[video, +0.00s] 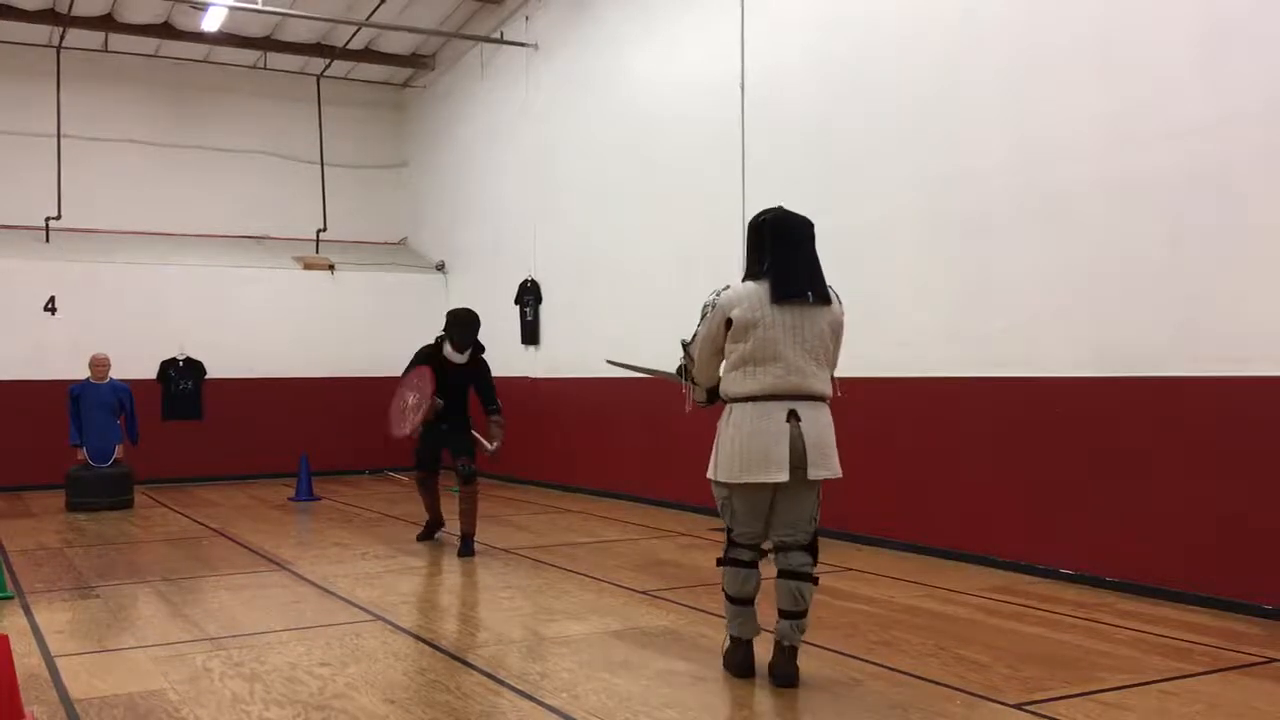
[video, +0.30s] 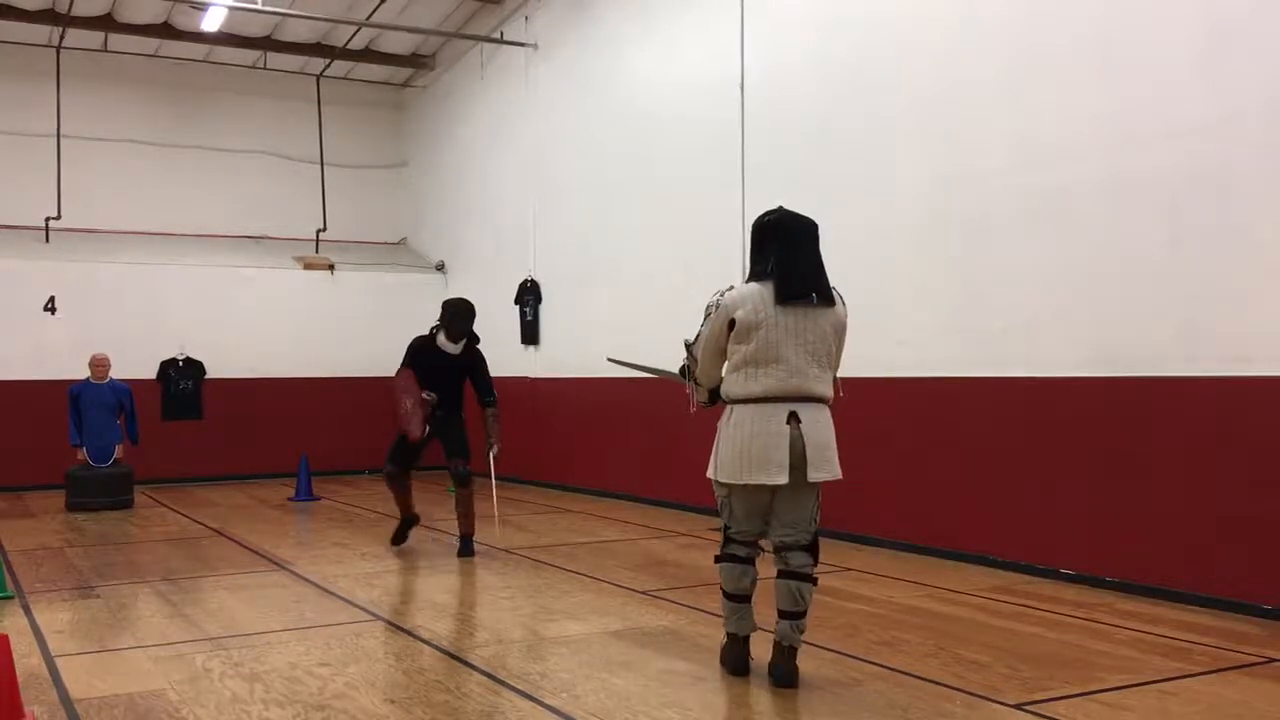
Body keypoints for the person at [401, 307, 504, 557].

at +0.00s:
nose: (464, 344)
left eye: (469, 339)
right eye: (460, 338)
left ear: (474, 337)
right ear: (449, 333)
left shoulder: (477, 364)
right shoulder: (427, 356)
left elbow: (491, 403)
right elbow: (405, 390)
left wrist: (496, 436)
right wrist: (423, 408)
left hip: (459, 424)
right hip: (429, 424)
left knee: (467, 476)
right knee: (424, 476)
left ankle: (467, 536)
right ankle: (434, 519)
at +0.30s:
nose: (458, 333)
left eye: (464, 328)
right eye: (455, 327)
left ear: (468, 327)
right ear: (444, 322)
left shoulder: (472, 356)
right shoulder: (421, 347)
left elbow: (488, 398)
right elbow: (403, 381)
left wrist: (493, 437)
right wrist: (414, 403)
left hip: (452, 419)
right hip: (421, 417)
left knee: (462, 473)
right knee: (394, 469)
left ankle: (466, 537)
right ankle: (407, 516)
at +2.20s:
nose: (347, 335)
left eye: (354, 329)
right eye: (342, 328)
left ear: (364, 331)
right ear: (333, 327)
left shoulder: (369, 364)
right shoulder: (316, 353)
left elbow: (373, 400)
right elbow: (299, 385)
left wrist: (377, 409)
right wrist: (309, 387)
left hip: (347, 433)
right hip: (314, 431)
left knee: (359, 488)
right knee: (295, 496)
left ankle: (375, 554)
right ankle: (310, 541)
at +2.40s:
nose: (334, 334)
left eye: (340, 329)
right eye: (329, 328)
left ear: (349, 329)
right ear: (320, 326)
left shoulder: (353, 358)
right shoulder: (300, 351)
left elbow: (365, 397)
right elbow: (287, 383)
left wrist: (373, 425)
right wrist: (298, 393)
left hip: (336, 427)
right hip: (303, 428)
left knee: (352, 482)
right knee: (291, 493)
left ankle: (369, 546)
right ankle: (311, 542)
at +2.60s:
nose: (339, 334)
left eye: (345, 328)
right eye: (334, 327)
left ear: (351, 325)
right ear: (322, 321)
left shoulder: (354, 353)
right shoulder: (300, 346)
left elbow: (366, 399)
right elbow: (284, 388)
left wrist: (378, 436)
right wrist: (307, 402)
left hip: (339, 424)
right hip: (304, 424)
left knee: (358, 474)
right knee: (294, 484)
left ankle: (358, 542)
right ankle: (310, 543)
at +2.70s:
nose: (344, 327)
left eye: (349, 321)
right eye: (339, 320)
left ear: (355, 320)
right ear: (328, 316)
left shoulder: (359, 351)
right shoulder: (304, 344)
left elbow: (371, 395)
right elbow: (284, 385)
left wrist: (385, 434)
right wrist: (285, 418)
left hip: (345, 421)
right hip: (309, 420)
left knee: (366, 473)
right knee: (298, 483)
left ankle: (367, 536)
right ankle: (309, 543)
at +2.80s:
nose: (351, 320)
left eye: (356, 315)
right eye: (346, 314)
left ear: (362, 317)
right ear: (334, 314)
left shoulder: (366, 350)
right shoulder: (311, 344)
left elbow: (379, 393)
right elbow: (286, 381)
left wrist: (395, 429)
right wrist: (278, 416)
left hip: (352, 421)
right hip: (317, 421)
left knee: (379, 471)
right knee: (303, 482)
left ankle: (385, 531)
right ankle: (309, 544)